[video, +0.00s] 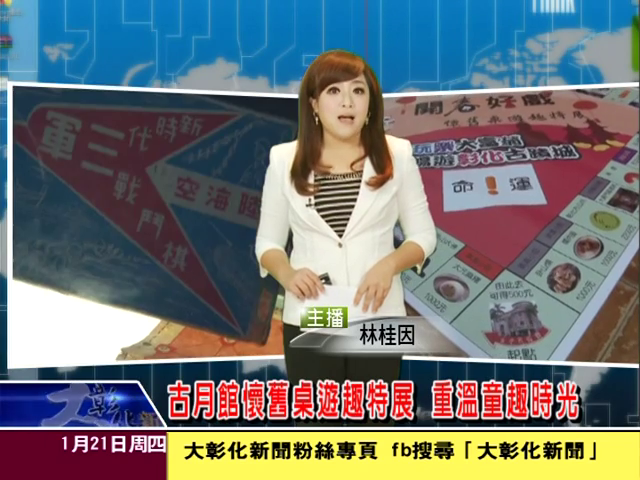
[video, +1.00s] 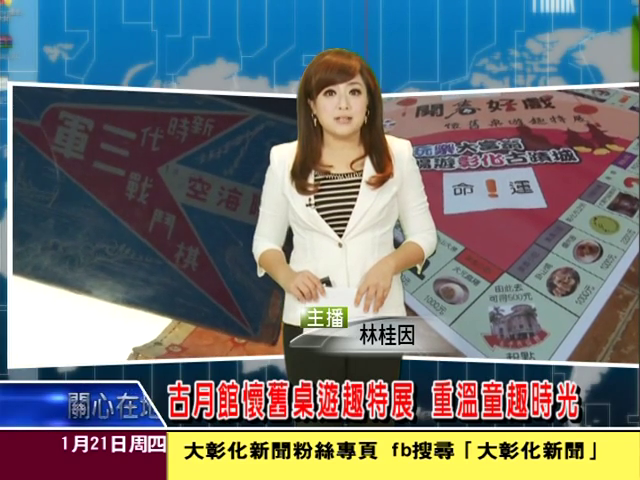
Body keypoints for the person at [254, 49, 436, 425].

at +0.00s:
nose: (347, 102)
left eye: (358, 91)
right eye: (334, 91)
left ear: (370, 102)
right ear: (313, 103)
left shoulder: (395, 155)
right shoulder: (286, 159)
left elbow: (423, 236)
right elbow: (267, 242)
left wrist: (389, 265)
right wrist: (290, 274)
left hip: (377, 325)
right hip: (308, 324)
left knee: (375, 441)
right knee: (314, 440)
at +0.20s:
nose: (347, 103)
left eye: (358, 92)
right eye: (334, 92)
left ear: (371, 101)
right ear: (314, 103)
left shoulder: (396, 155)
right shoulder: (286, 159)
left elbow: (424, 236)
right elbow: (267, 242)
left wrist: (389, 264)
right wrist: (289, 274)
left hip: (378, 324)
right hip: (308, 323)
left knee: (375, 440)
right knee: (313, 439)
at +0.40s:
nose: (346, 104)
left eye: (357, 92)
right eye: (332, 93)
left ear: (371, 101)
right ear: (313, 104)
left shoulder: (396, 155)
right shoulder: (287, 159)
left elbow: (424, 237)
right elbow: (268, 242)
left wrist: (389, 265)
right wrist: (290, 274)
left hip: (378, 324)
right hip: (308, 323)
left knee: (374, 440)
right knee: (313, 439)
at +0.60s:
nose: (344, 104)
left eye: (356, 92)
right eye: (331, 93)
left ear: (370, 102)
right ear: (312, 105)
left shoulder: (396, 155)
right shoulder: (287, 159)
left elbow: (424, 237)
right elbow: (268, 242)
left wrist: (389, 265)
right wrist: (289, 274)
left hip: (378, 324)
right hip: (308, 324)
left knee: (374, 440)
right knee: (313, 439)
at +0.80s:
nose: (344, 104)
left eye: (355, 92)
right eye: (330, 94)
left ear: (369, 101)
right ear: (311, 104)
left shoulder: (395, 154)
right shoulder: (287, 159)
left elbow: (424, 236)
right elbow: (266, 242)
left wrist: (389, 265)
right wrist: (289, 275)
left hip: (377, 324)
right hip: (308, 323)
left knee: (375, 440)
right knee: (313, 440)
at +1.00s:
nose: (343, 104)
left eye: (354, 92)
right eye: (330, 94)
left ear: (369, 101)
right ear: (311, 105)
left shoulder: (395, 155)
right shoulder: (286, 160)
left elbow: (424, 236)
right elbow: (265, 242)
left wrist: (389, 264)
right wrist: (289, 276)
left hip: (377, 325)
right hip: (308, 324)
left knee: (376, 441)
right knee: (313, 440)